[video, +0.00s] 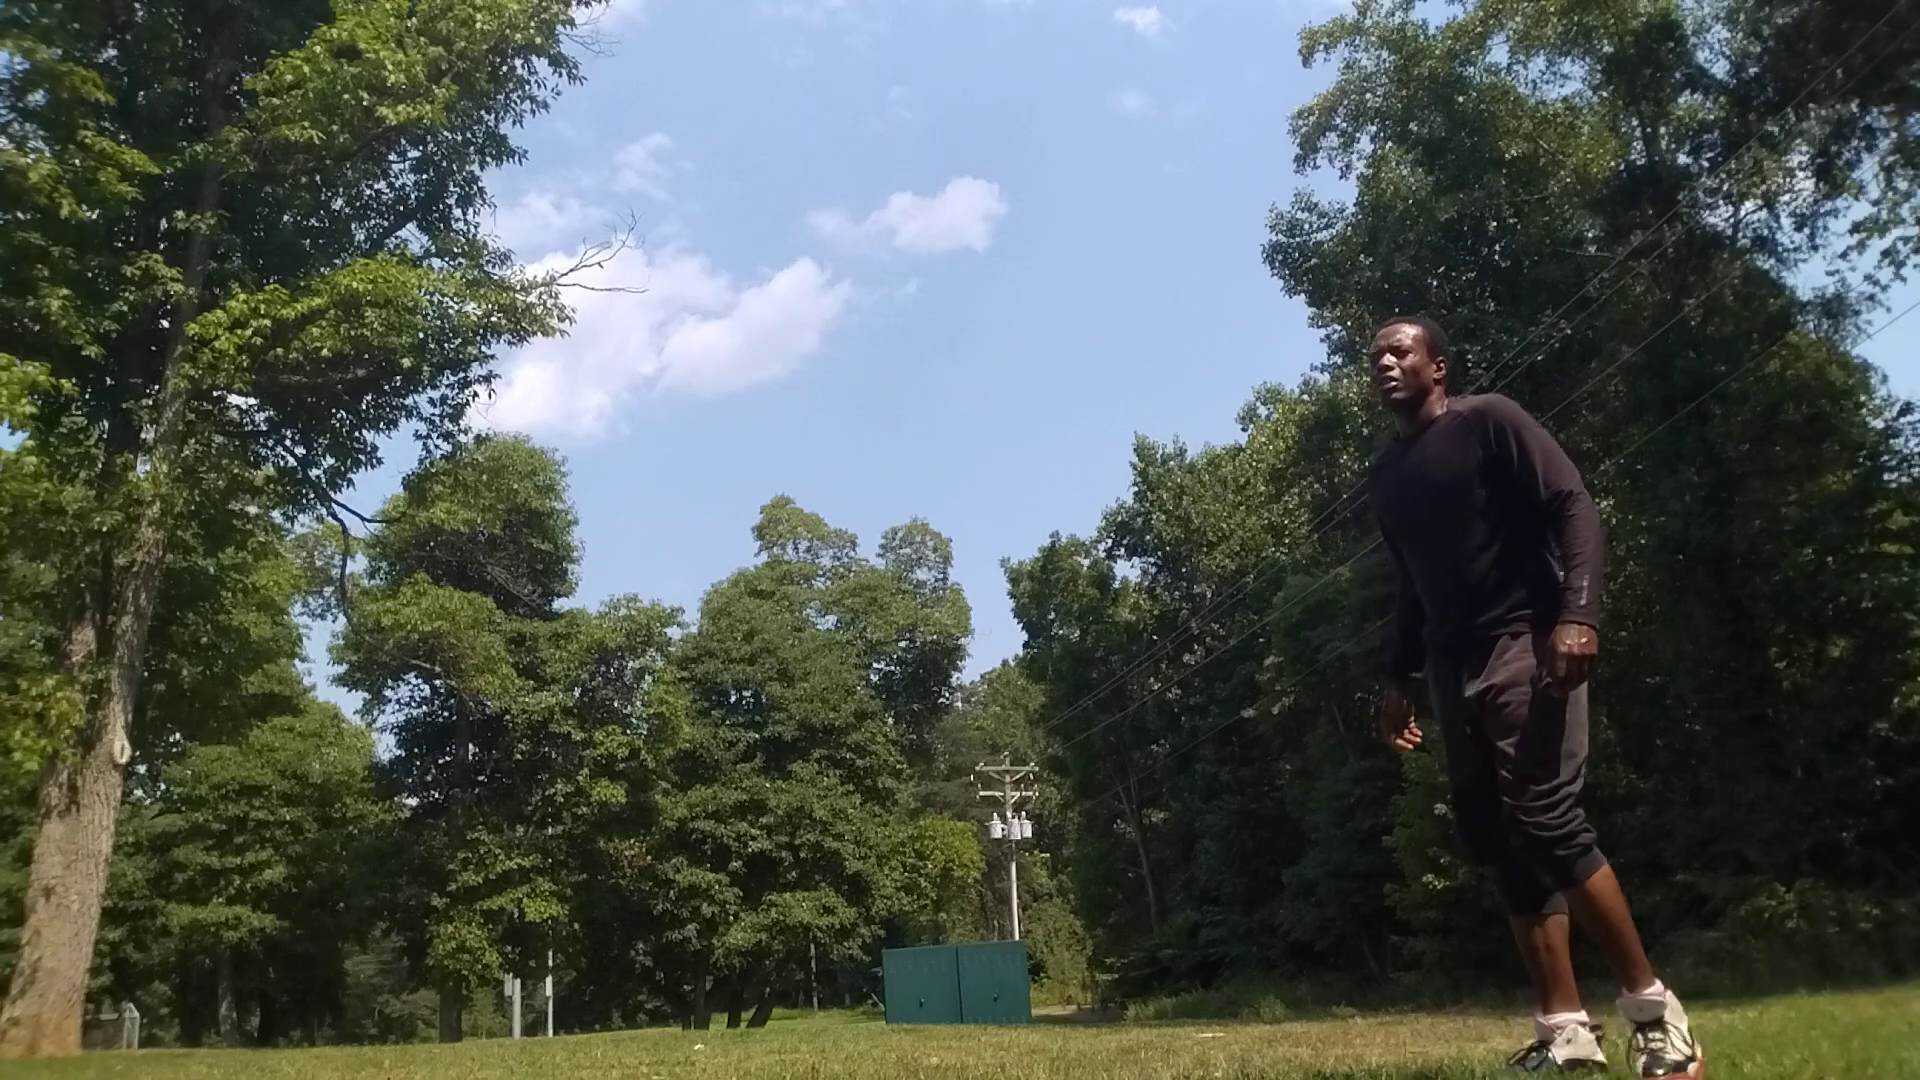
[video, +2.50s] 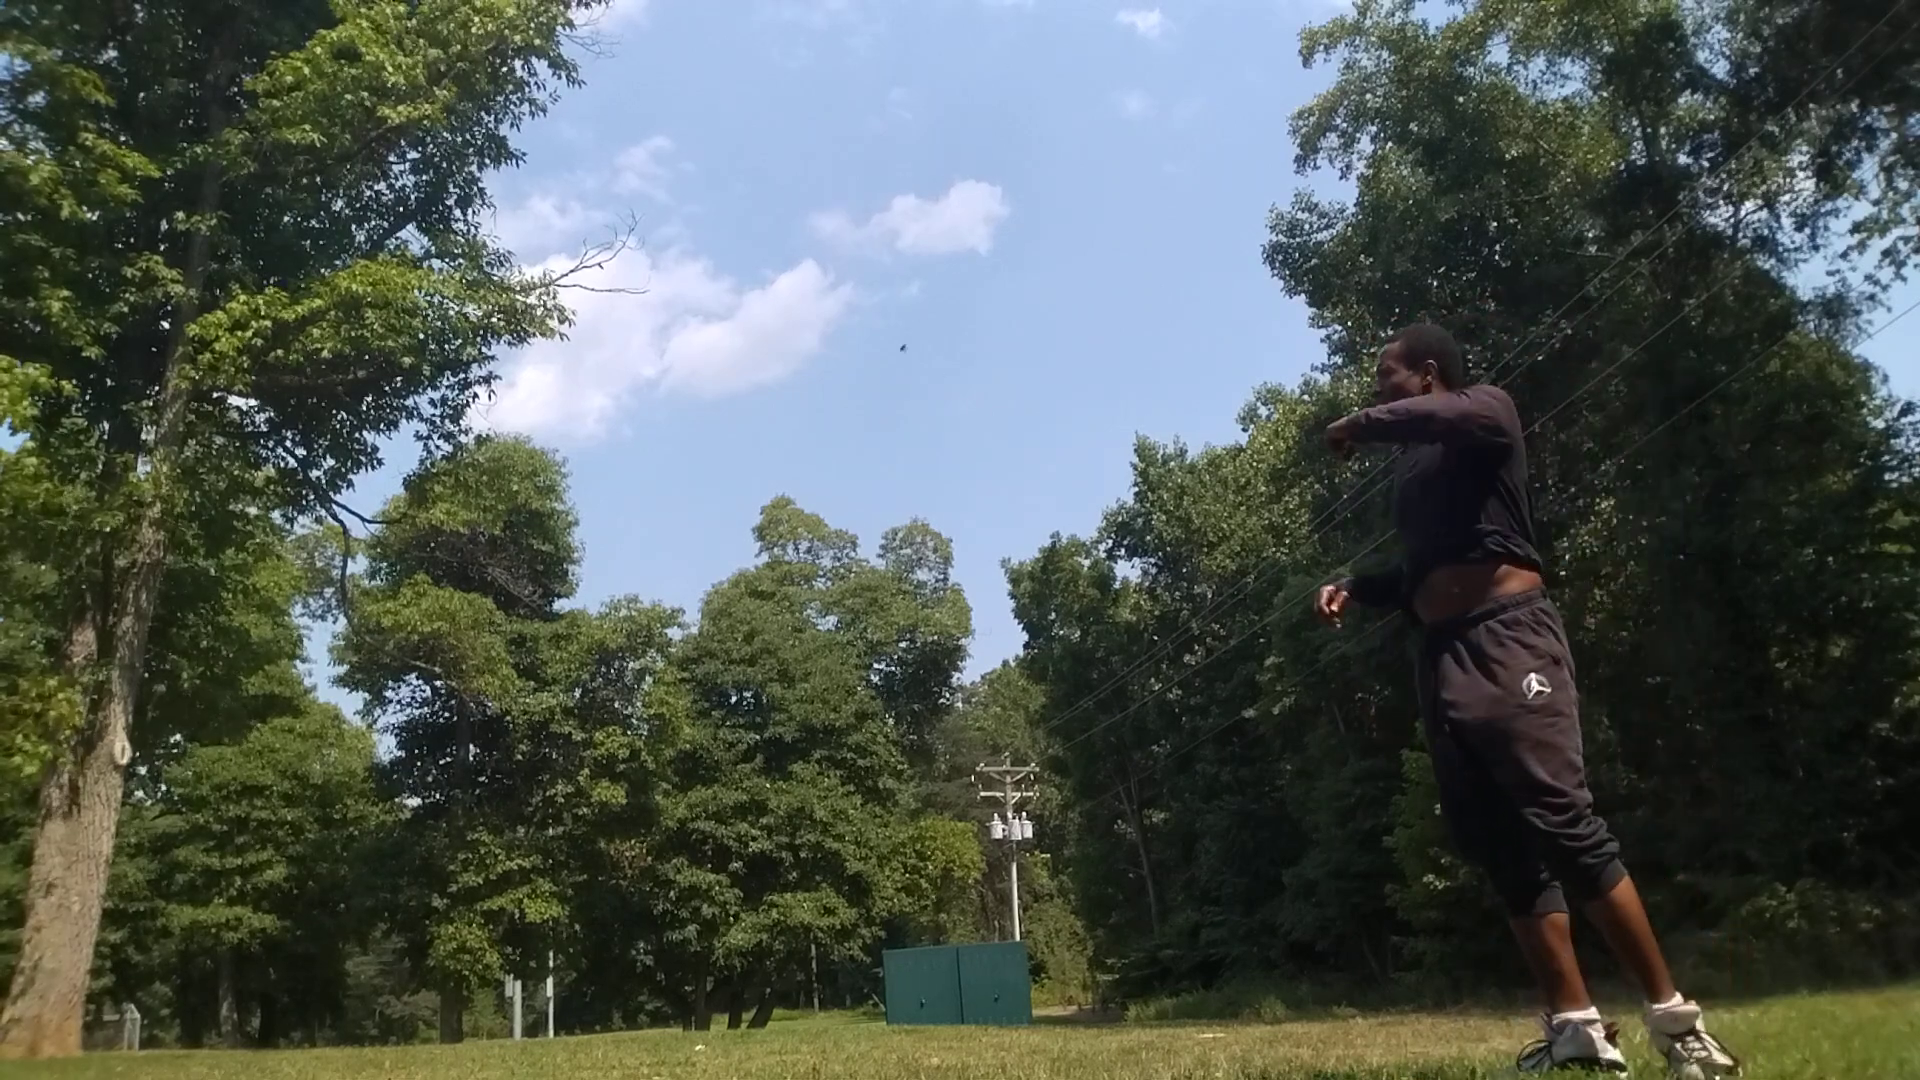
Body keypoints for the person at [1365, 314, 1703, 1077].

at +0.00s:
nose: (1383, 364)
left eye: (1398, 352)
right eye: (1376, 356)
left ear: (1437, 366)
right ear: (1373, 376)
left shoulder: (1491, 418)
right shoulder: (1385, 474)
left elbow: (1574, 506)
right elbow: (1412, 583)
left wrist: (1579, 613)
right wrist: (1398, 677)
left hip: (1529, 643)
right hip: (1457, 665)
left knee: (1547, 816)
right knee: (1499, 834)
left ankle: (1650, 1005)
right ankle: (1565, 1032)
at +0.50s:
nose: (1465, 350)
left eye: (1476, 335)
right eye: (1462, 340)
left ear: (1526, 333)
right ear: (1488, 349)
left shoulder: (1615, 399)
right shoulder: (1471, 444)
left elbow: (1704, 490)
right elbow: (1472, 550)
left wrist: (1632, 541)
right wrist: (1436, 614)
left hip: (1631, 645)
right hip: (1534, 659)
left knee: (1684, 833)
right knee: (1539, 835)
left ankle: (1729, 1036)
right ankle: (1566, 1029)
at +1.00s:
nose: (1511, 341)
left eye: (1522, 326)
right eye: (1511, 330)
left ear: (1567, 326)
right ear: (1555, 330)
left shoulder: (1633, 379)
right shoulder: (1542, 426)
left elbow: (1726, 450)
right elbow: (1567, 537)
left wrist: (1604, 492)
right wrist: (1510, 555)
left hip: (1654, 630)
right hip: (1572, 639)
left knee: (1691, 822)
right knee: (1566, 825)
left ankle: (1733, 1034)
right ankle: (1582, 1028)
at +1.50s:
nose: (1493, 349)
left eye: (1502, 333)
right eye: (1493, 336)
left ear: (1545, 334)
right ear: (1537, 337)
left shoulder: (1617, 385)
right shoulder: (1528, 435)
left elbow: (1691, 463)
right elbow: (1520, 542)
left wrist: (1561, 450)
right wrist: (1453, 525)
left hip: (1626, 624)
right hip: (1545, 638)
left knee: (1672, 821)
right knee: (1541, 825)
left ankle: (1730, 1035)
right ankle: (1579, 1030)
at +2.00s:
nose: (1429, 371)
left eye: (1437, 358)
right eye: (1429, 361)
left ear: (1479, 358)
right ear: (1467, 362)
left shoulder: (1539, 403)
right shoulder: (1456, 448)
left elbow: (1554, 464)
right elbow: (1476, 548)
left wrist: (1441, 453)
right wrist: (1426, 565)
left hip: (1550, 637)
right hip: (1479, 652)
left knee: (1628, 835)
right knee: (1512, 844)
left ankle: (1723, 1031)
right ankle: (1574, 1032)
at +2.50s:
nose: (1379, 390)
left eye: (1388, 377)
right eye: (1378, 379)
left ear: (1427, 374)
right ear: (1414, 377)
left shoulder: (1489, 409)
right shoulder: (1412, 462)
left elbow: (1437, 419)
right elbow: (1426, 578)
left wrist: (1360, 424)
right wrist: (1357, 589)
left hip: (1512, 631)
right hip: (1447, 653)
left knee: (1570, 824)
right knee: (1501, 841)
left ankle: (1672, 1016)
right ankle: (1575, 1028)